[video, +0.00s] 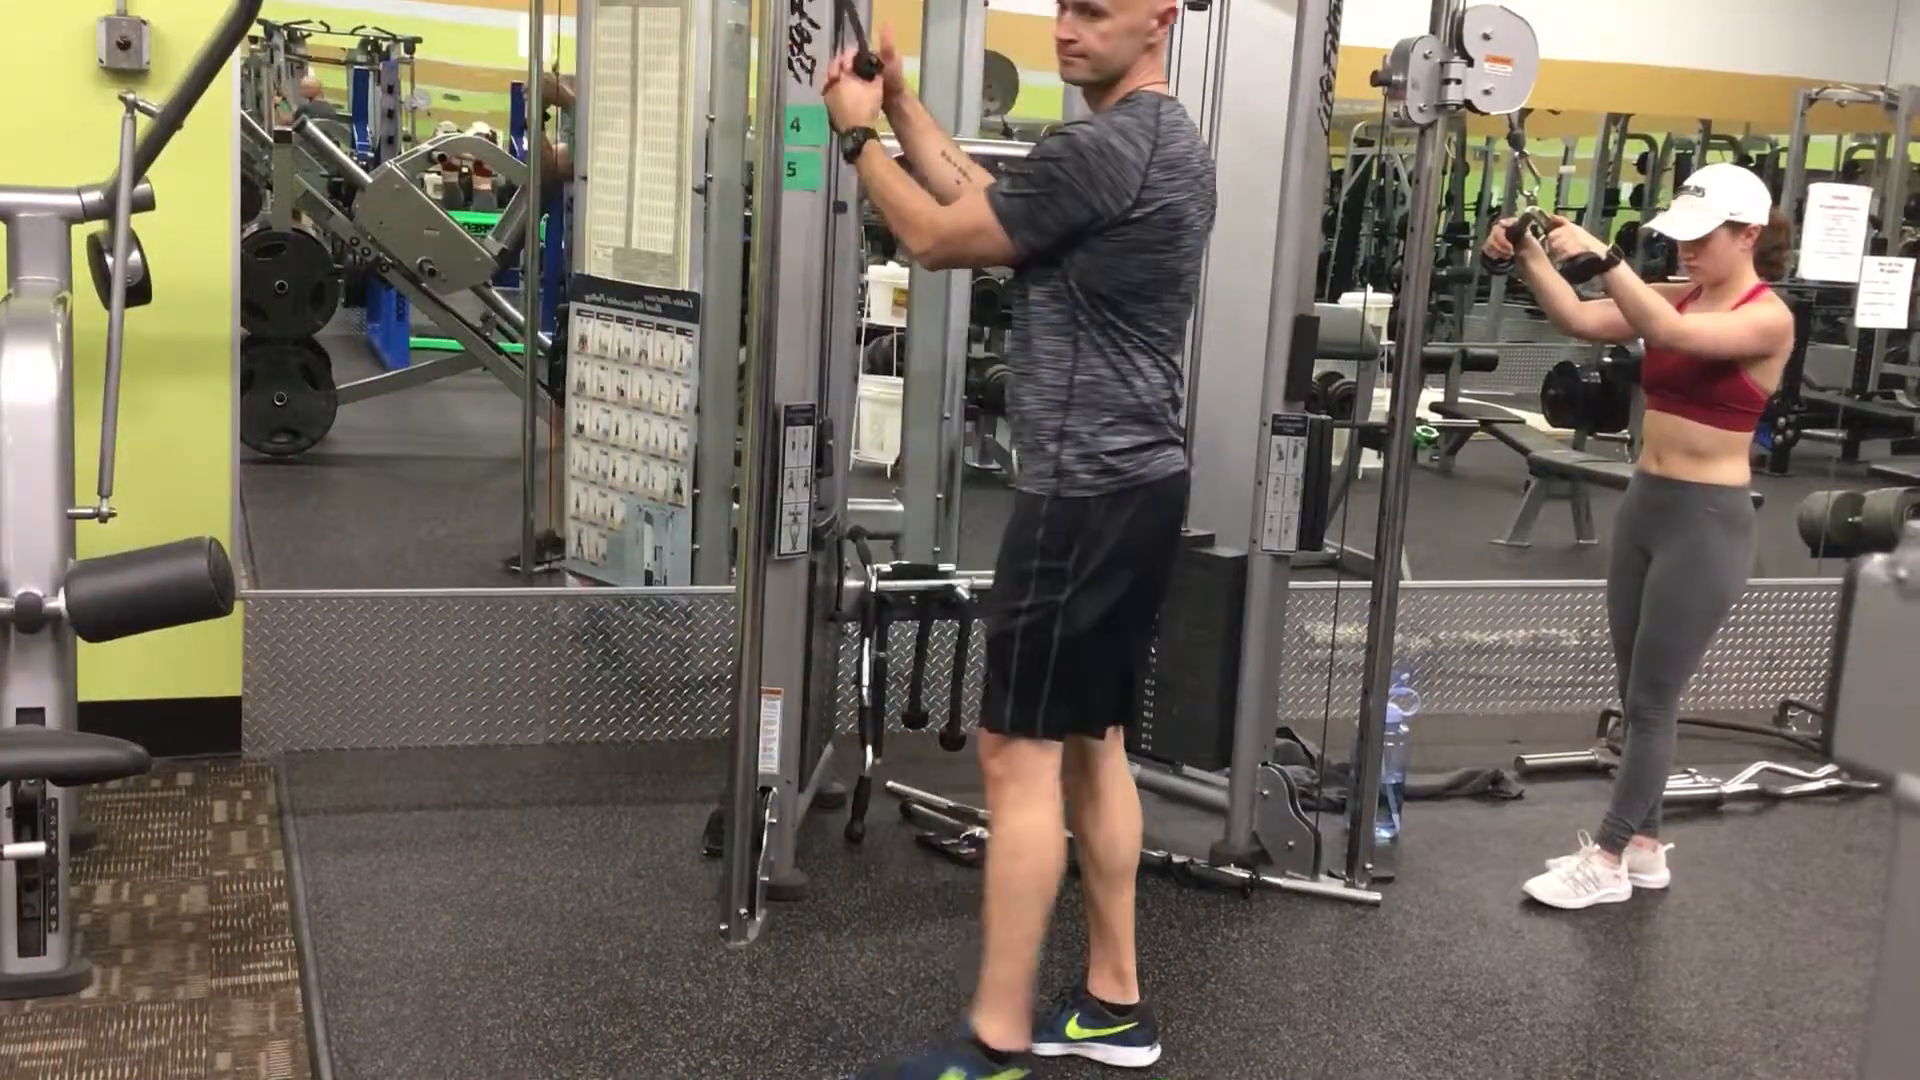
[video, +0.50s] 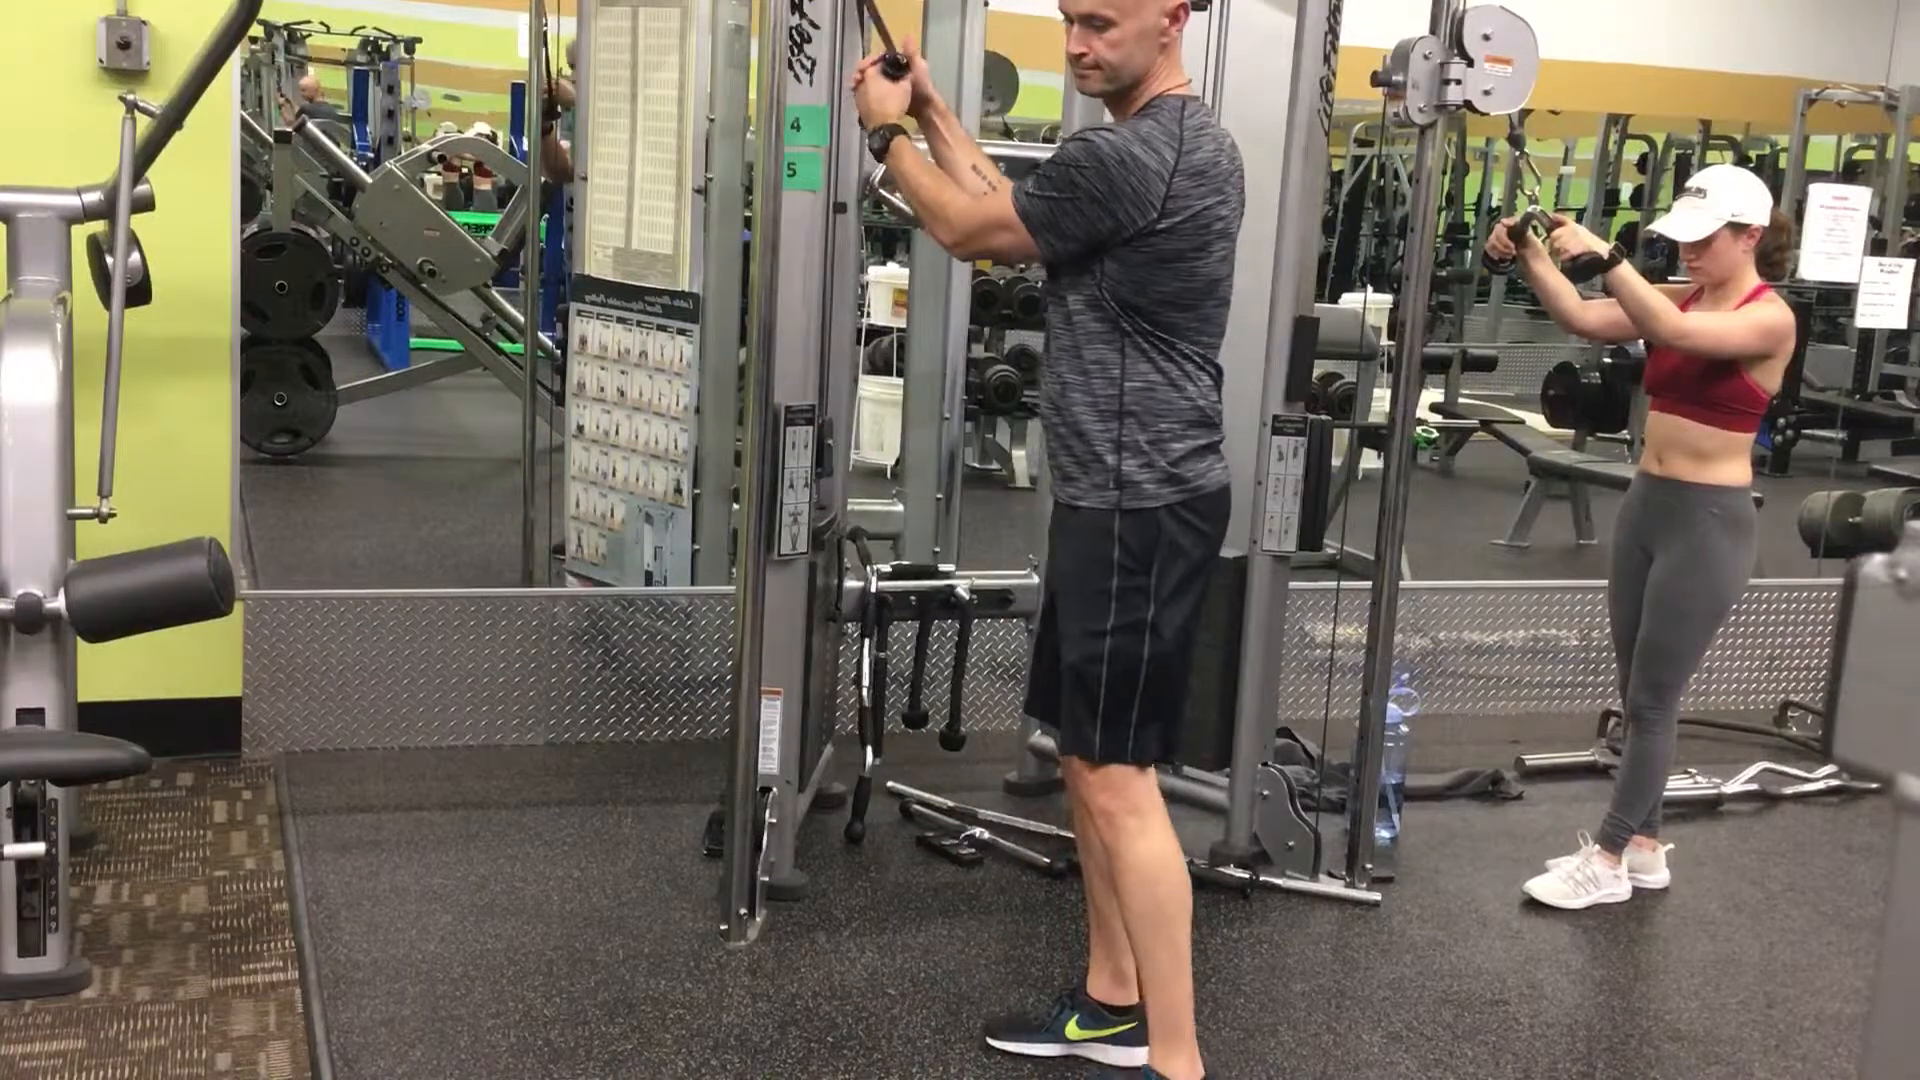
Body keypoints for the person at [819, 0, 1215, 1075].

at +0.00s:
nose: (1066, 23)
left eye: (1094, 10)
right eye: (1063, 6)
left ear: (1161, 21)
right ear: (1062, 13)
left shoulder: (1112, 145)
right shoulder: (1164, 137)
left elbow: (936, 238)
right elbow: (992, 210)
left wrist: (858, 131)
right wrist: (903, 111)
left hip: (1082, 488)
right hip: (1133, 481)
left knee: (1016, 753)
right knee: (1095, 744)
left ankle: (995, 1039)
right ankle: (1112, 1003)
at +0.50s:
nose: (1077, 43)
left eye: (1100, 24)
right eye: (1071, 24)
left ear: (1172, 22)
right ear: (1077, 24)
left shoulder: (1143, 152)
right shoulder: (1174, 139)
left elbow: (965, 229)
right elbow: (1017, 221)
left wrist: (887, 130)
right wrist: (938, 116)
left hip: (1136, 504)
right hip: (1120, 496)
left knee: (1121, 783)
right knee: (1091, 763)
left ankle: (1178, 1059)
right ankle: (1112, 1004)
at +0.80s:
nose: (1068, 60)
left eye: (1089, 37)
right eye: (1062, 38)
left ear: (1170, 27)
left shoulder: (1138, 161)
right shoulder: (1218, 142)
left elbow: (989, 204)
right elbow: (1035, 188)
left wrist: (920, 105)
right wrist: (958, 97)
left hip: (1170, 524)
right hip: (1127, 512)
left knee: (1131, 811)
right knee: (1074, 754)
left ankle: (1187, 1070)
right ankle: (1105, 1003)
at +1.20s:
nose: (1041, 78)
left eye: (1060, 54)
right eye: (1034, 55)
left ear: (1144, 35)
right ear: (1139, 40)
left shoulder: (1153, 156)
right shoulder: (1203, 134)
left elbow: (998, 198)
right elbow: (1044, 171)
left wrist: (912, 91)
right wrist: (950, 73)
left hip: (1218, 529)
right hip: (1160, 521)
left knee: (1132, 825)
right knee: (1095, 790)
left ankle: (1189, 1070)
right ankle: (1094, 1045)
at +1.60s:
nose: (1042, 83)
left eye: (1058, 57)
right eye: (1037, 60)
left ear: (1144, 38)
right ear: (1144, 42)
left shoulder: (1128, 164)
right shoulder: (1238, 139)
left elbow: (999, 188)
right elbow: (1059, 177)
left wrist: (934, 85)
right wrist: (977, 75)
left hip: (1239, 544)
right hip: (1180, 539)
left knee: (1215, 868)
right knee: (1110, 805)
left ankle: (1288, 1072)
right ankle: (1092, 1048)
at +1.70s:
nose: (1043, 83)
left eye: (1061, 58)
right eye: (1038, 59)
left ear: (1147, 44)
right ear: (1145, 45)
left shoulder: (1136, 171)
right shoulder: (1229, 142)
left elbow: (1008, 204)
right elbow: (1058, 175)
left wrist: (934, 99)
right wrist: (973, 82)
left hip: (1244, 548)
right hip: (1180, 543)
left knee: (1230, 881)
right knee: (1116, 810)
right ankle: (1092, 1050)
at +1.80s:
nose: (1045, 88)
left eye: (1065, 62)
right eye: (1040, 63)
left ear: (1152, 44)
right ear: (1152, 45)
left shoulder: (1137, 185)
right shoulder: (1237, 151)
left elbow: (1018, 225)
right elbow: (1062, 189)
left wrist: (941, 119)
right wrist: (980, 101)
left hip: (1246, 560)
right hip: (1177, 552)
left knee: (1227, 893)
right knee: (1116, 813)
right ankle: (1091, 1050)